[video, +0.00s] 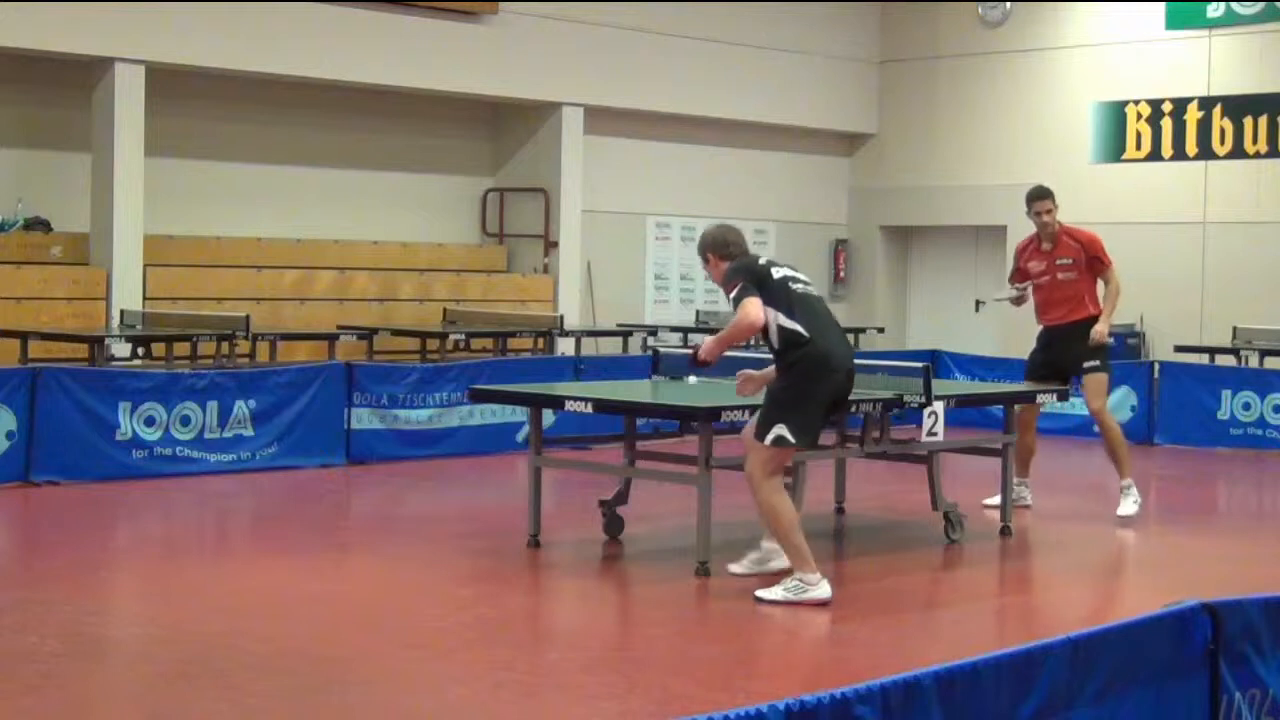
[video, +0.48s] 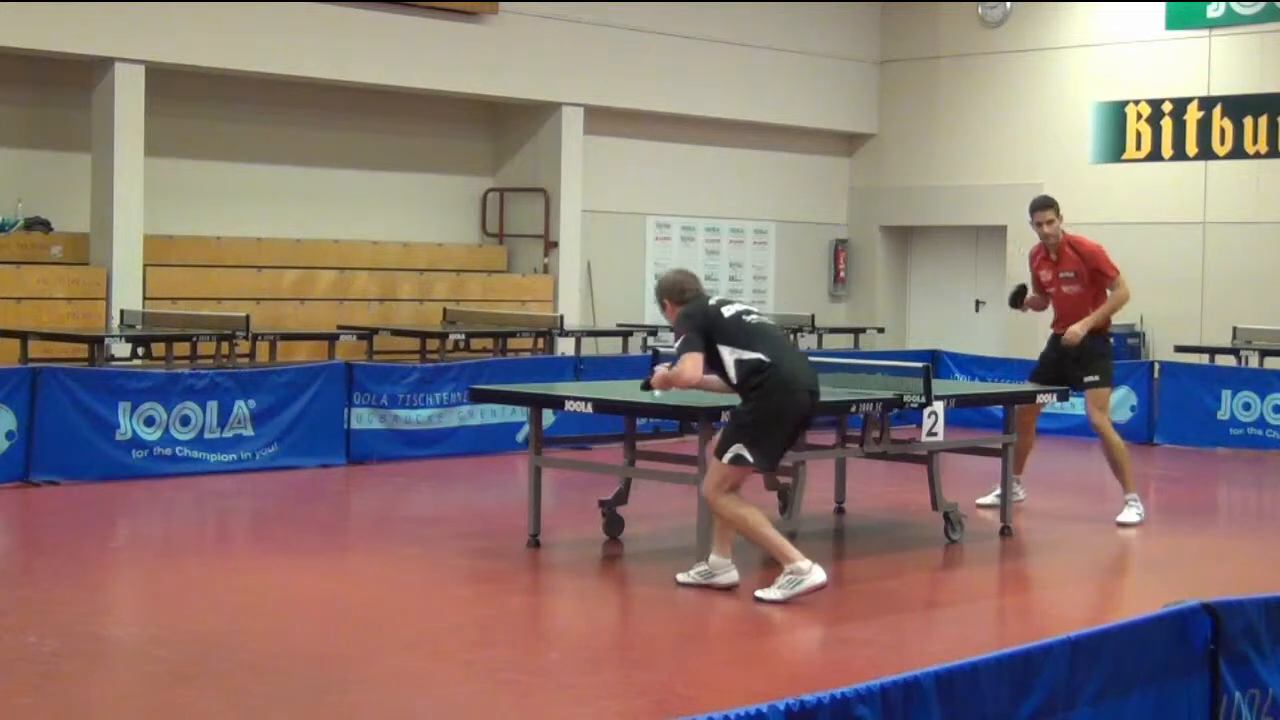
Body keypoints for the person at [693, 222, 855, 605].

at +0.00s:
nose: (709, 274)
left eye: (707, 266)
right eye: (707, 267)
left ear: (715, 259)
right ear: (742, 251)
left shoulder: (740, 271)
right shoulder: (777, 270)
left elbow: (752, 318)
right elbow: (813, 340)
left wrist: (716, 344)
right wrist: (766, 375)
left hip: (813, 368)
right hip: (838, 365)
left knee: (761, 469)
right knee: (756, 440)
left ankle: (809, 577)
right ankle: (774, 545)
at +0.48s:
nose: (666, 317)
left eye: (664, 309)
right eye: (664, 310)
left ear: (670, 305)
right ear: (698, 293)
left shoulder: (692, 316)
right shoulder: (725, 308)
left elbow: (690, 374)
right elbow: (738, 382)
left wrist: (666, 376)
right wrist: (689, 378)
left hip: (774, 393)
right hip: (802, 389)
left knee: (716, 491)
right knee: (723, 468)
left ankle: (800, 567)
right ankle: (719, 563)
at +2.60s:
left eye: (644, 294)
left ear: (646, 295)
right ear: (683, 301)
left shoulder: (636, 308)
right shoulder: (707, 327)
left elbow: (570, 314)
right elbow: (762, 373)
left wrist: (606, 333)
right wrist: (721, 389)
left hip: (679, 415)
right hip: (722, 413)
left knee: (660, 533)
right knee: (706, 471)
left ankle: (757, 549)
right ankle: (726, 562)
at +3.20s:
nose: (494, 240)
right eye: (492, 234)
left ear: (446, 240)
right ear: (487, 237)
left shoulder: (421, 268)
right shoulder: (505, 266)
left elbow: (382, 332)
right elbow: (545, 333)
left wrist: (406, 352)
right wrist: (547, 360)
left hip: (424, 365)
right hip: (483, 366)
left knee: (394, 460)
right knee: (534, 460)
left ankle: (357, 560)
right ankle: (531, 552)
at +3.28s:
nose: (475, 245)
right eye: (473, 239)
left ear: (429, 244)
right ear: (470, 243)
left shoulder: (405, 275)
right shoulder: (490, 275)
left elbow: (368, 341)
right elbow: (520, 345)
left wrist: (390, 366)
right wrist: (531, 370)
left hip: (410, 377)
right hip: (471, 379)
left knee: (372, 462)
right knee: (517, 478)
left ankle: (309, 553)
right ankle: (516, 572)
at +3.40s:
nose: (455, 271)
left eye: (450, 266)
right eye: (453, 266)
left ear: (406, 270)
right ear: (446, 268)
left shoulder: (381, 306)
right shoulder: (467, 303)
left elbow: (344, 375)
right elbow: (502, 382)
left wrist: (360, 405)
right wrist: (478, 405)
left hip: (389, 406)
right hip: (451, 406)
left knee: (345, 488)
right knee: (517, 500)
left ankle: (276, 576)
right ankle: (518, 584)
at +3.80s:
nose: (455, 279)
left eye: (455, 272)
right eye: (456, 272)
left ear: (466, 270)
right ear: (504, 260)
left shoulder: (463, 314)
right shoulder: (548, 302)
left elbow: (432, 389)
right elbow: (581, 377)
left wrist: (405, 369)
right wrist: (580, 415)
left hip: (467, 441)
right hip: (528, 443)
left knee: (372, 501)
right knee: (551, 541)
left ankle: (289, 581)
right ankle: (568, 615)